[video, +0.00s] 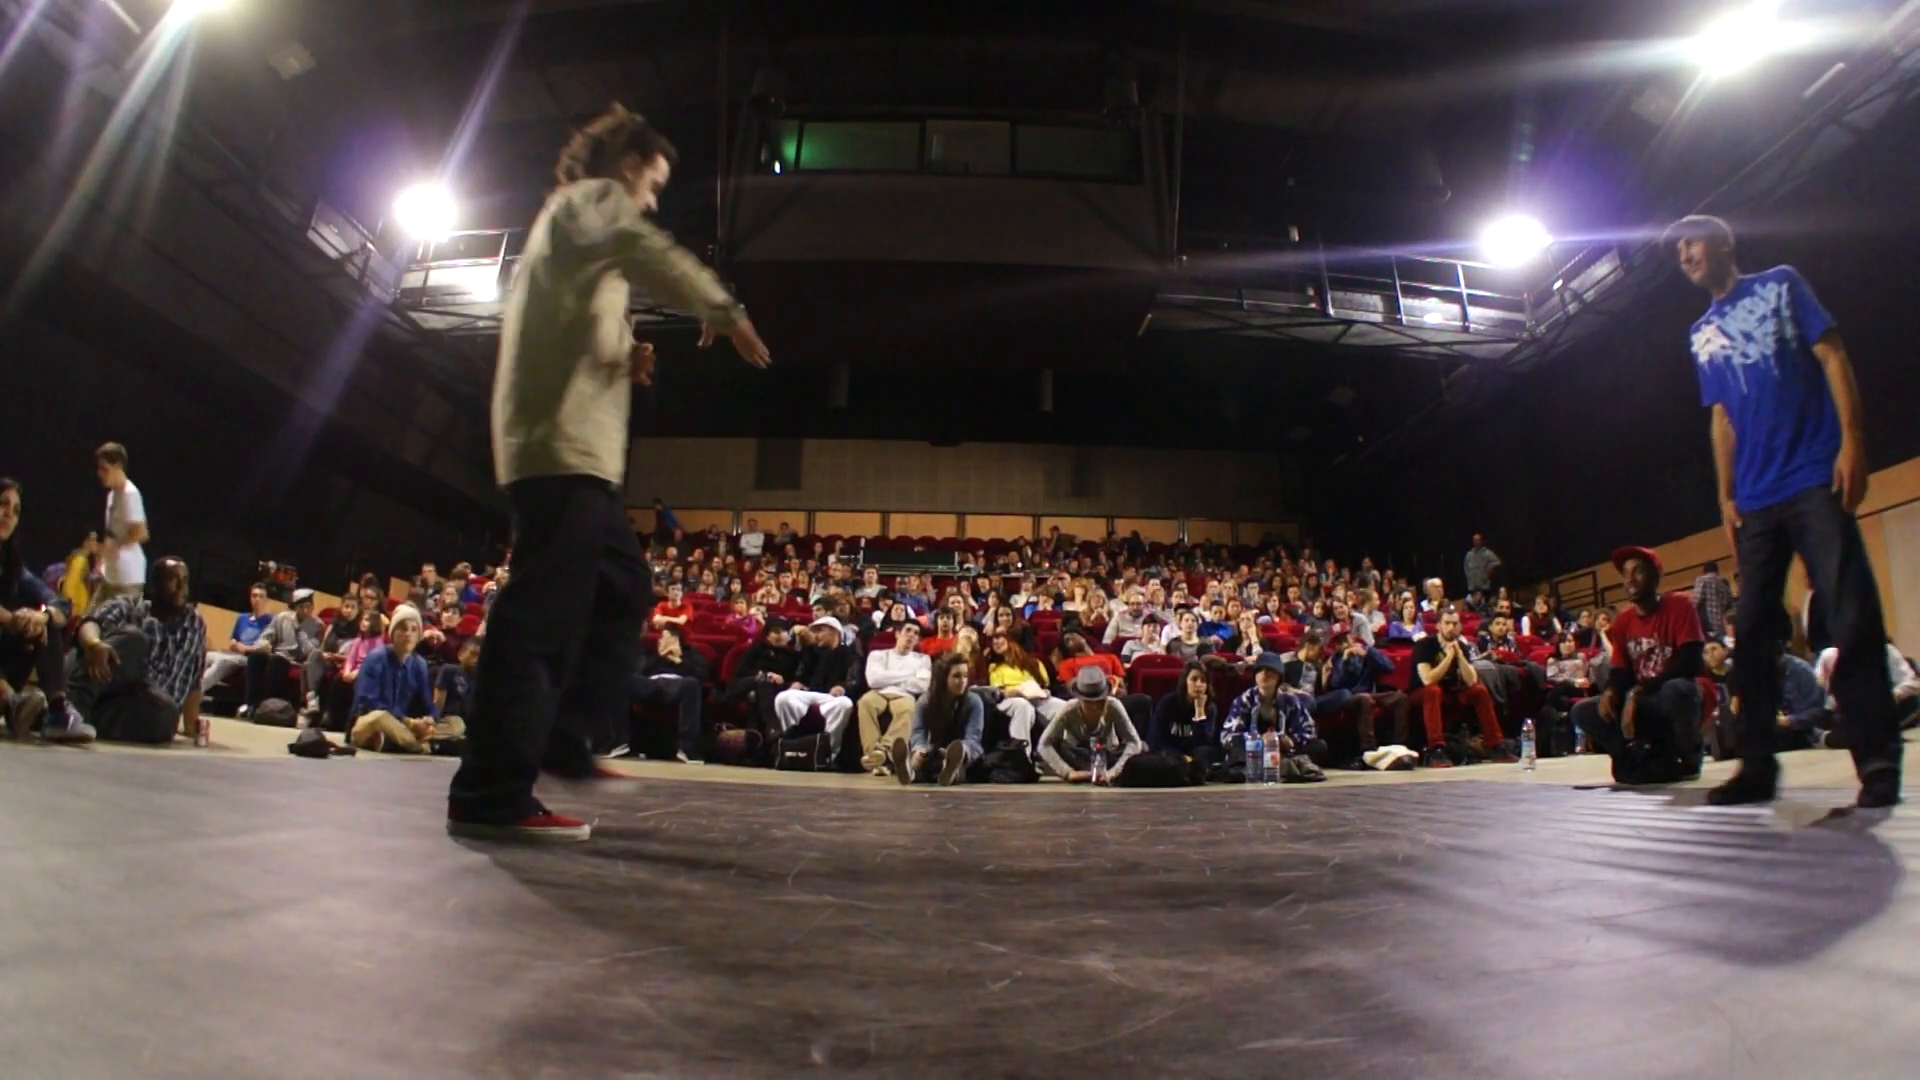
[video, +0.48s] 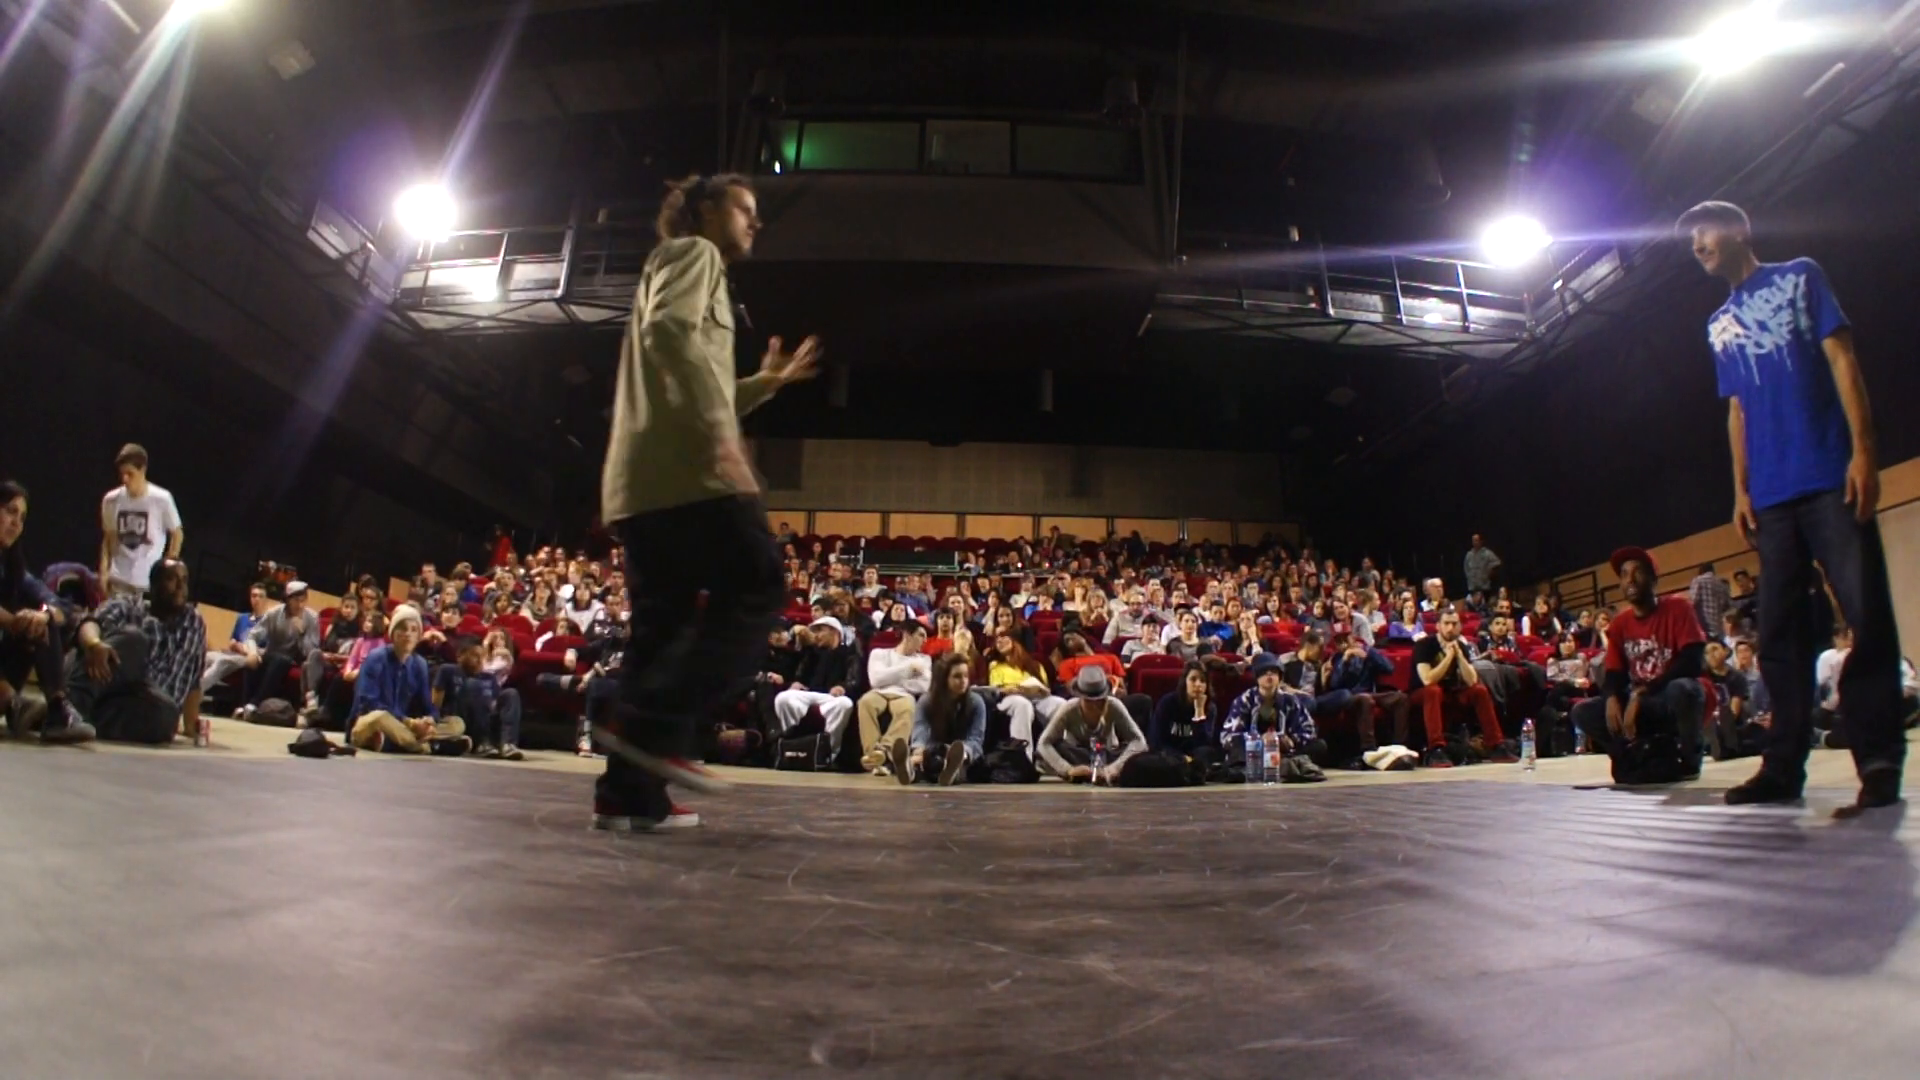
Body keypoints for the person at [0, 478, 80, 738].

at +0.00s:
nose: (7, 514)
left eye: (14, 509)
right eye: (3, 506)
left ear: (19, 517)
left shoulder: (12, 565)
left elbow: (60, 606)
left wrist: (43, 614)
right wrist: (11, 619)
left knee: (46, 623)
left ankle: (58, 708)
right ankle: (10, 703)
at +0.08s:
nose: (8, 516)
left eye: (14, 510)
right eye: (3, 507)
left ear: (19, 518)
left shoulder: (11, 566)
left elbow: (60, 607)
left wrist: (44, 614)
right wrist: (11, 618)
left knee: (46, 623)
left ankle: (59, 709)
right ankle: (11, 703)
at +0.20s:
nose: (9, 516)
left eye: (16, 511)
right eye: (4, 507)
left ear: (20, 519)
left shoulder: (12, 567)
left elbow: (60, 607)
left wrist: (44, 613)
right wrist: (12, 618)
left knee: (47, 622)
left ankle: (59, 707)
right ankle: (11, 704)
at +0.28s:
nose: (10, 518)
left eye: (17, 512)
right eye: (5, 508)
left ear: (21, 520)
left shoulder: (12, 564)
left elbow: (59, 607)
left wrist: (43, 613)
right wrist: (12, 619)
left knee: (45, 622)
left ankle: (59, 707)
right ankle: (11, 702)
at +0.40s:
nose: (14, 521)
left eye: (20, 515)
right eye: (8, 511)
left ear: (23, 521)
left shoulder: (13, 567)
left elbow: (63, 610)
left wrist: (44, 613)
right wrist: (12, 620)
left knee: (43, 624)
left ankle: (58, 709)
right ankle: (11, 704)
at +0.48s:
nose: (16, 522)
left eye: (22, 516)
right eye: (10, 511)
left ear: (25, 521)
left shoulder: (13, 567)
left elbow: (62, 610)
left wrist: (43, 614)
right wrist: (12, 621)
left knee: (42, 624)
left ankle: (58, 709)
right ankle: (12, 705)